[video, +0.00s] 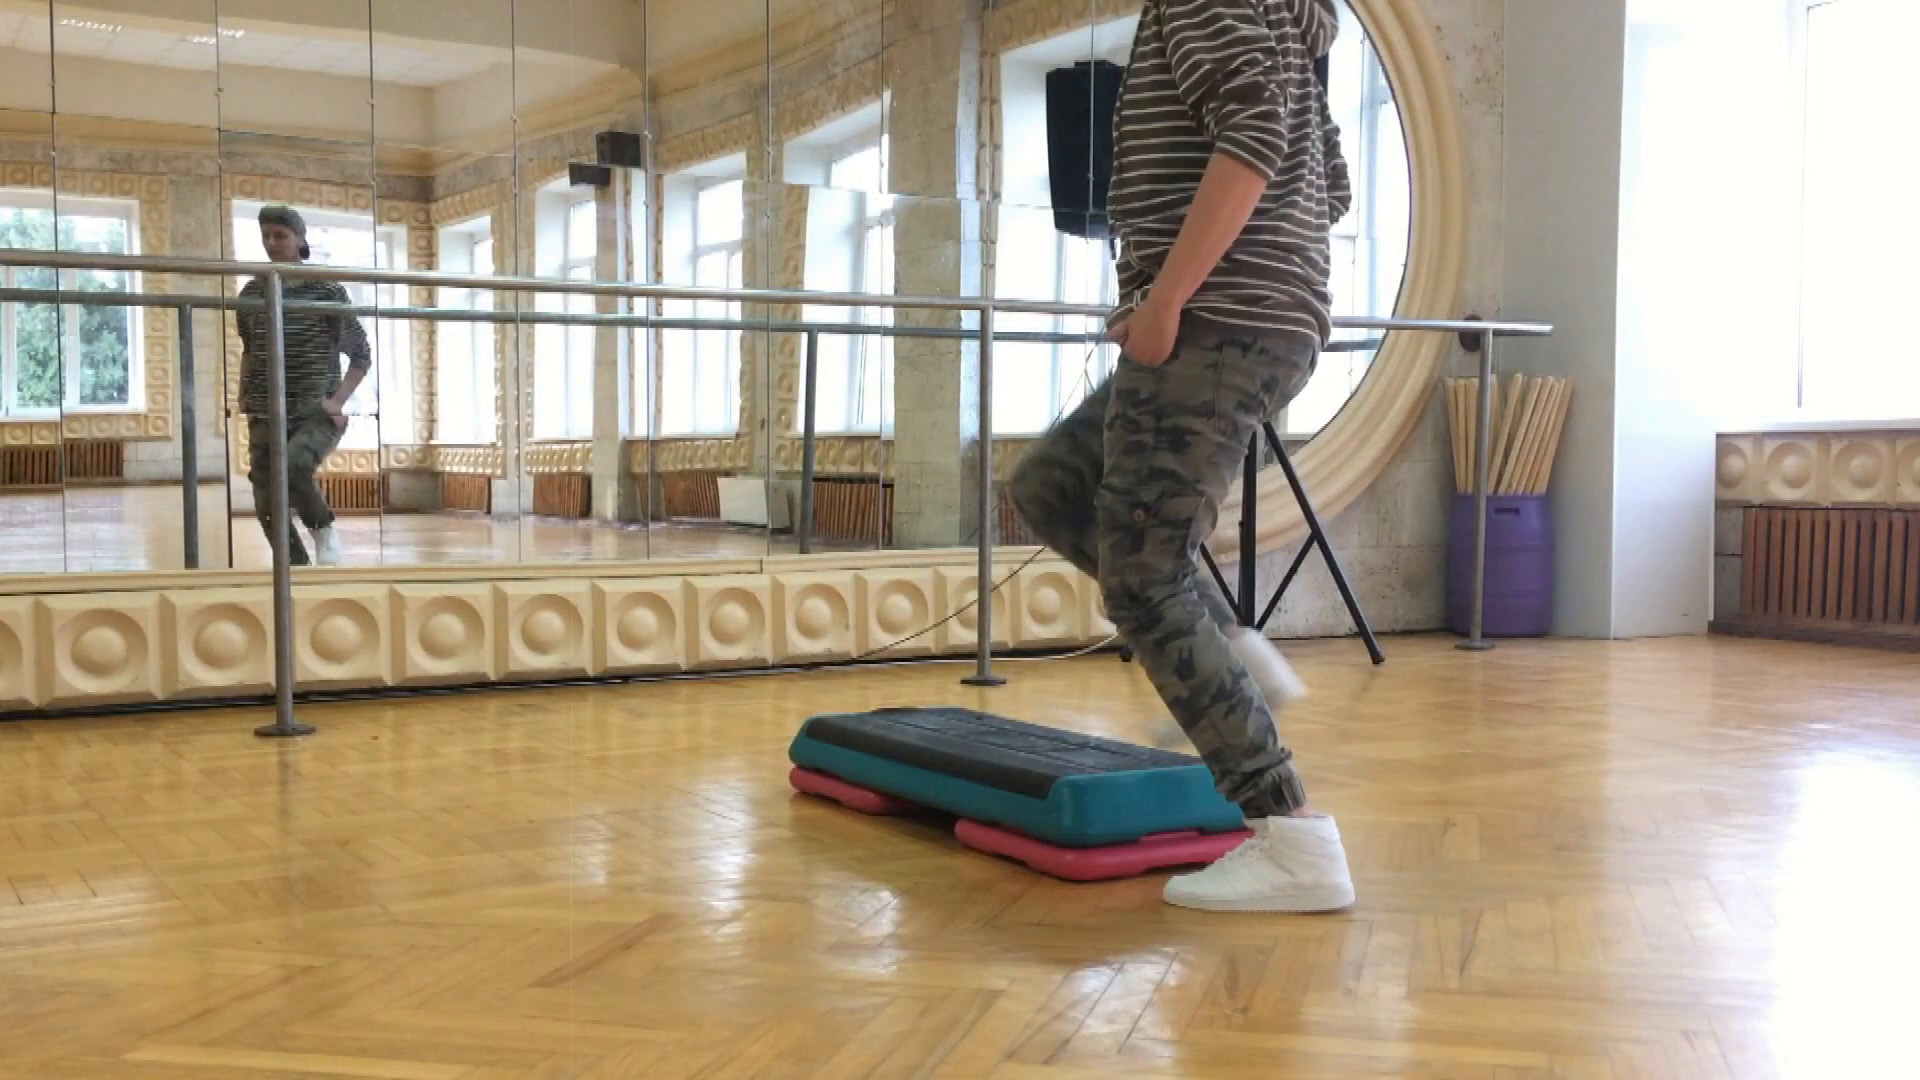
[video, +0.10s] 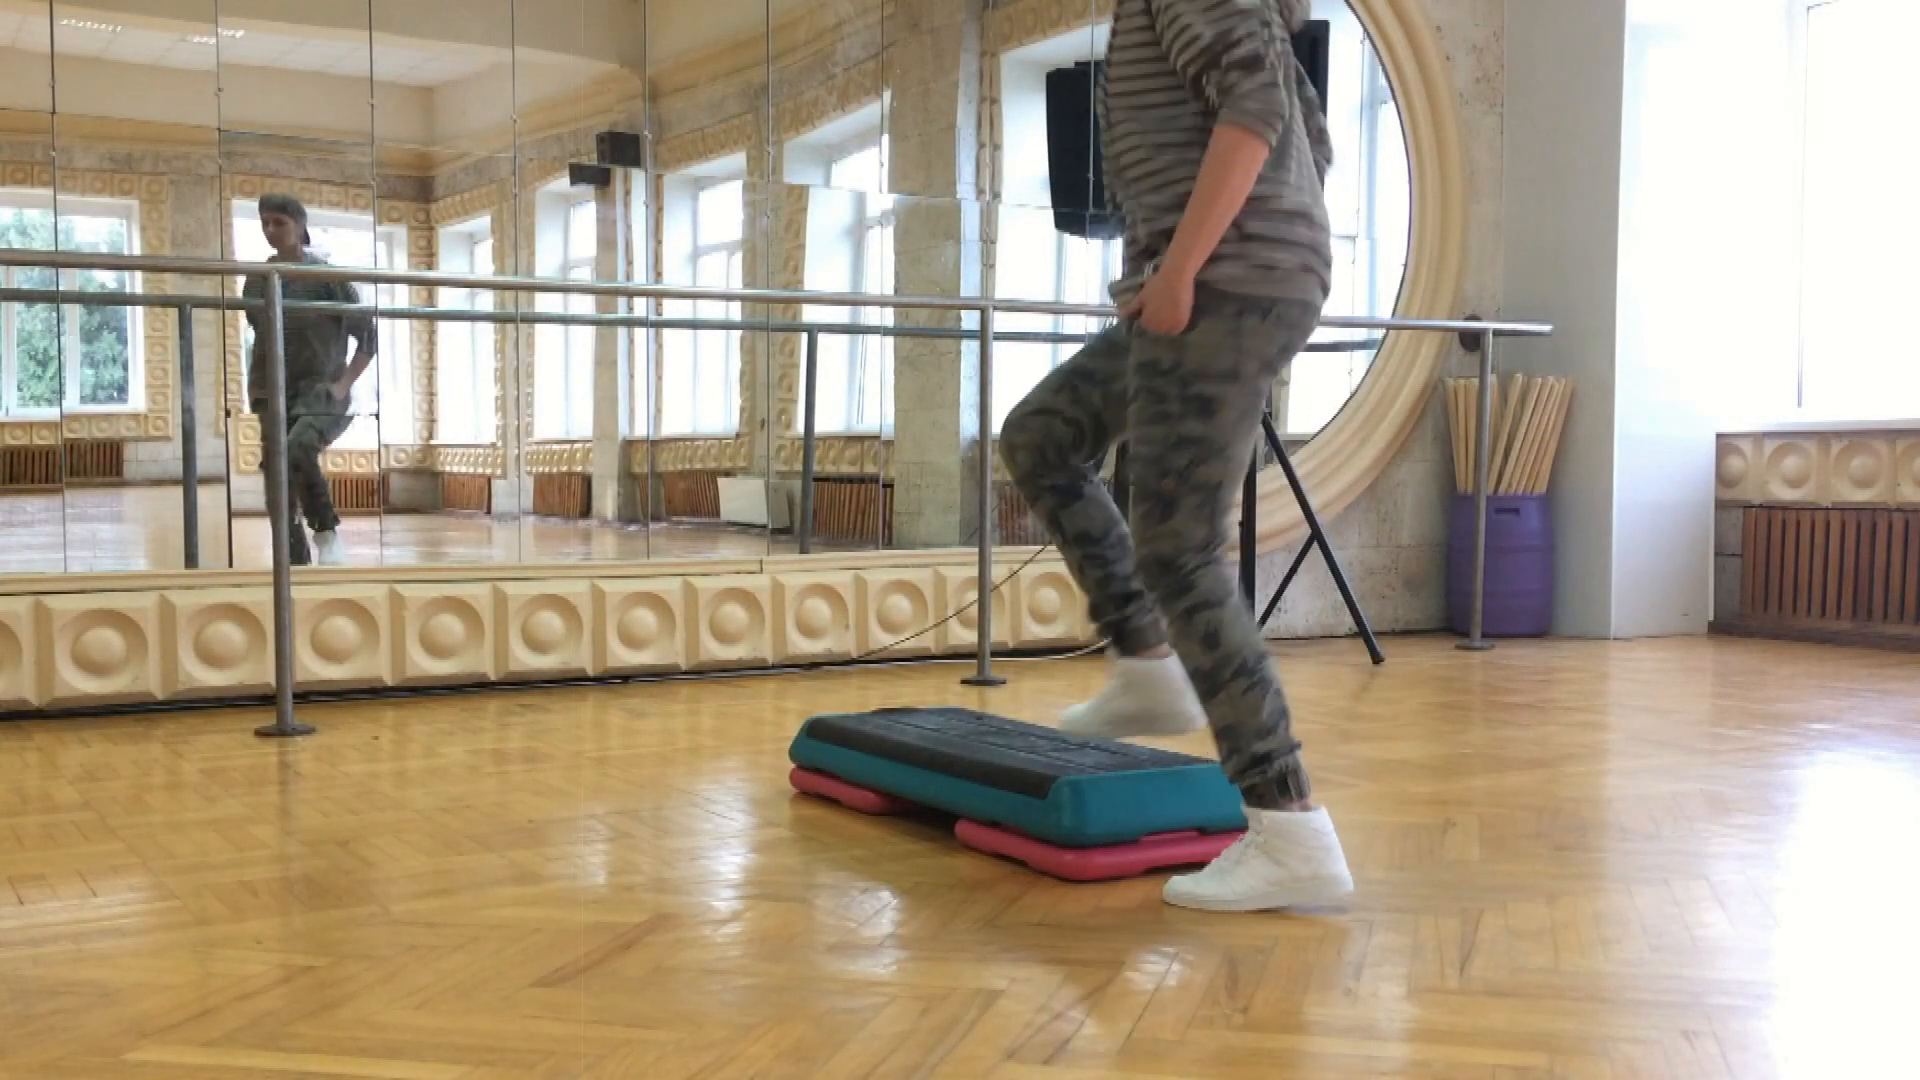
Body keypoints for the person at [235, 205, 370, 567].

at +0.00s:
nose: (272, 244)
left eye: (280, 236)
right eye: (267, 237)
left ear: (301, 240)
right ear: (262, 241)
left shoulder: (325, 291)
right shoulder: (251, 292)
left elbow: (361, 355)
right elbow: (249, 349)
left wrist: (338, 400)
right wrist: (244, 393)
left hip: (315, 410)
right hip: (264, 414)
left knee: (292, 466)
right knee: (268, 508)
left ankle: (323, 529)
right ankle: (300, 574)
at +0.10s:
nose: (272, 230)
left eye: (280, 223)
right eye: (266, 224)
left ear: (301, 227)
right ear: (262, 230)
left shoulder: (327, 275)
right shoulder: (258, 279)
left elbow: (368, 335)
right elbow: (260, 330)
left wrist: (344, 384)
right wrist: (258, 384)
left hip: (322, 393)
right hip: (275, 397)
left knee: (298, 448)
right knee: (278, 484)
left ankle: (325, 532)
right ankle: (297, 566)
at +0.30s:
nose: (274, 205)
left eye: (281, 198)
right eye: (269, 200)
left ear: (303, 200)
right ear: (267, 207)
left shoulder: (327, 250)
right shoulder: (273, 257)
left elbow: (368, 303)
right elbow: (281, 316)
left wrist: (358, 360)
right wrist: (284, 365)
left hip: (344, 367)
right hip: (304, 370)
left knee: (328, 455)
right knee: (324, 457)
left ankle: (335, 545)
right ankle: (335, 543)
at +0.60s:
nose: (302, 220)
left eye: (310, 212)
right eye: (298, 213)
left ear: (333, 216)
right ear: (297, 217)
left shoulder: (353, 262)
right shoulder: (305, 267)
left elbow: (394, 320)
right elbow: (316, 327)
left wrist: (379, 369)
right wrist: (330, 372)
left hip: (373, 383)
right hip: (344, 384)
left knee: (342, 464)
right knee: (392, 472)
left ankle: (344, 557)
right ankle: (427, 554)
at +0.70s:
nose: (321, 226)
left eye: (329, 218)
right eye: (316, 220)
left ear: (351, 222)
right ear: (313, 225)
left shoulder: (363, 268)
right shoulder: (321, 275)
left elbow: (412, 328)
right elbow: (330, 333)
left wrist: (387, 381)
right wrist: (345, 371)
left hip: (391, 391)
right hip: (362, 395)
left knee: (349, 464)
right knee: (410, 479)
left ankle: (344, 557)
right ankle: (463, 555)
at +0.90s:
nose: (357, 246)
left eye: (364, 238)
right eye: (351, 240)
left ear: (379, 240)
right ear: (347, 244)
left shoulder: (402, 288)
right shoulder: (355, 299)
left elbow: (457, 338)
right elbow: (375, 353)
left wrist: (434, 389)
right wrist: (386, 389)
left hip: (427, 400)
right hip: (395, 405)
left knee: (373, 457)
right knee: (449, 495)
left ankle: (368, 547)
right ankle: (496, 563)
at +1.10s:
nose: (369, 247)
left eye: (374, 240)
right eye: (366, 240)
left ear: (393, 245)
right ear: (366, 245)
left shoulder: (421, 288)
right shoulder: (369, 299)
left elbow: (472, 347)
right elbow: (388, 360)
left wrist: (448, 399)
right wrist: (388, 409)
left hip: (437, 409)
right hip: (399, 417)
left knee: (406, 491)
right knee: (453, 504)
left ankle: (435, 579)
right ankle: (499, 571)